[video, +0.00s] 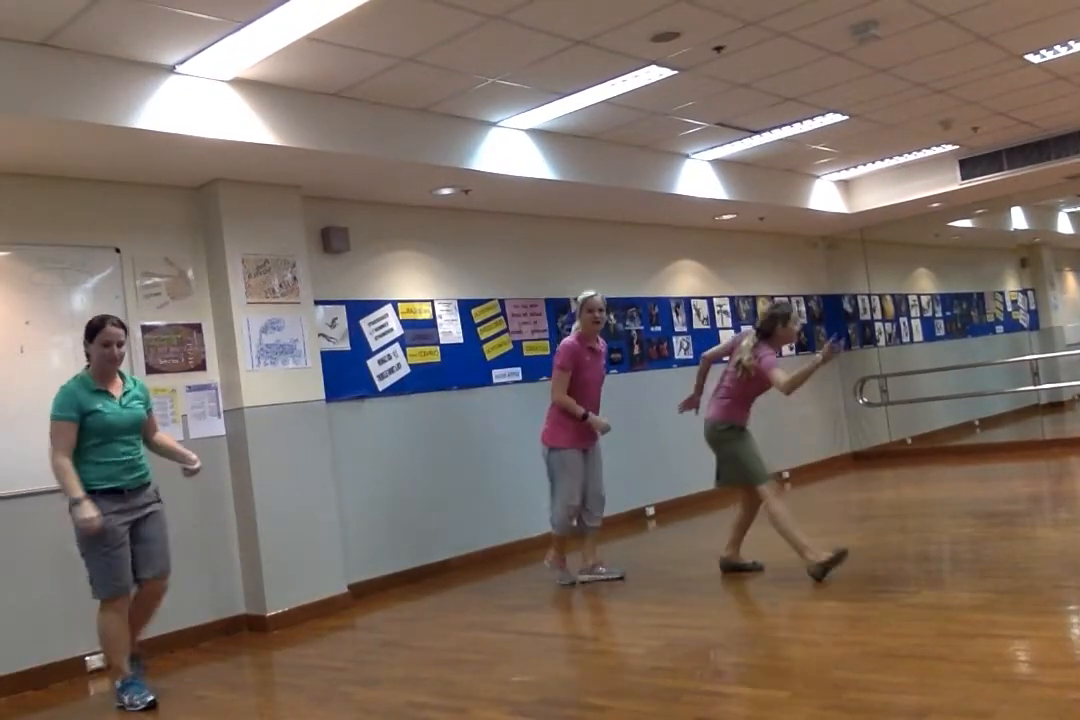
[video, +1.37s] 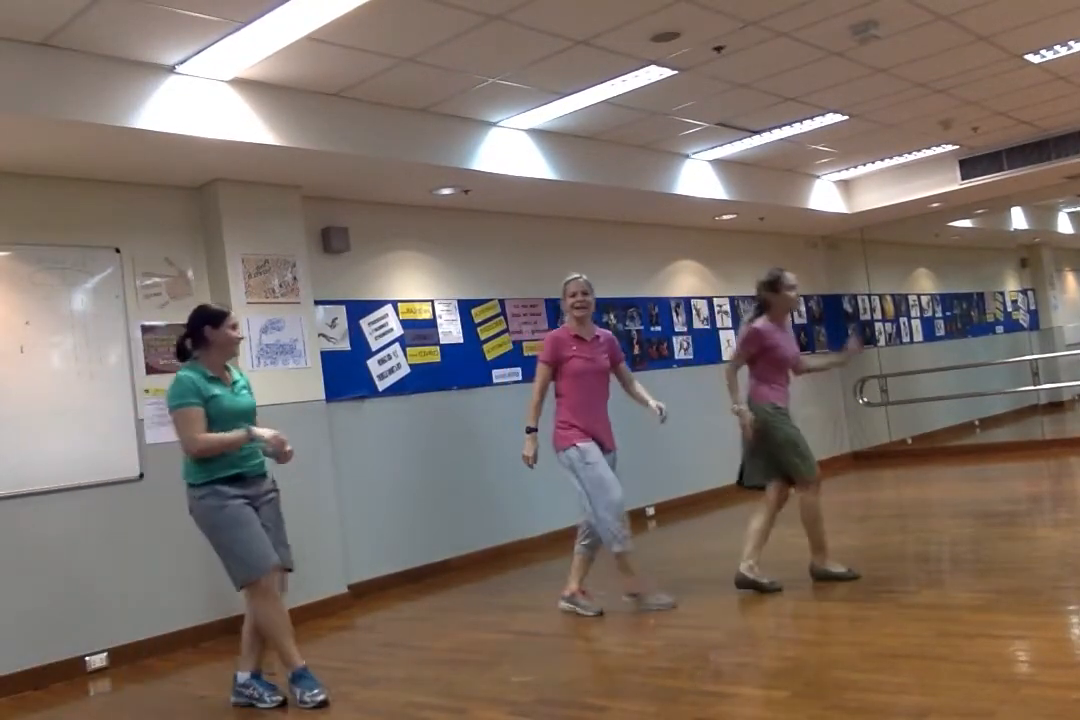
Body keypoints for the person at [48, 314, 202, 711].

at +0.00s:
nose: (115, 352)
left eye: (120, 345)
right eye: (106, 345)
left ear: (127, 348)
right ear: (89, 347)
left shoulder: (137, 388)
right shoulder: (72, 395)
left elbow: (152, 435)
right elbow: (60, 456)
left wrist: (183, 454)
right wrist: (81, 501)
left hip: (144, 497)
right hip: (100, 505)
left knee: (156, 582)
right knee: (116, 596)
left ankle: (126, 645)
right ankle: (122, 682)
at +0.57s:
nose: (135, 352)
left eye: (140, 345)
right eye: (127, 345)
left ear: (145, 348)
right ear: (108, 350)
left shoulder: (156, 393)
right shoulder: (91, 395)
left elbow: (171, 445)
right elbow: (76, 453)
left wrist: (193, 487)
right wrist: (110, 467)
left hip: (162, 500)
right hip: (115, 508)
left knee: (190, 577)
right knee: (130, 594)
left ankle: (165, 650)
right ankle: (129, 679)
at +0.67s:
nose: (148, 347)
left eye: (152, 341)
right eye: (138, 341)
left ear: (156, 345)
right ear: (117, 345)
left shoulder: (163, 386)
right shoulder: (99, 390)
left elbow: (179, 441)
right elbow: (86, 448)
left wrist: (209, 480)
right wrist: (122, 441)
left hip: (171, 495)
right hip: (123, 504)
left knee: (202, 575)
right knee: (130, 595)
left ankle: (216, 669)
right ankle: (129, 680)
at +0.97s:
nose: (199, 344)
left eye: (199, 337)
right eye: (190, 338)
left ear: (195, 343)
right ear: (164, 343)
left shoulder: (206, 387)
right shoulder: (141, 390)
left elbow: (224, 441)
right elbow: (135, 452)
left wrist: (254, 484)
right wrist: (173, 436)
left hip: (222, 495)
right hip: (174, 503)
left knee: (239, 584)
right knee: (188, 598)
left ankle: (245, 679)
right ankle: (150, 657)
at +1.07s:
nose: (210, 339)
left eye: (208, 332)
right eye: (201, 332)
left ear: (191, 339)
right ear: (175, 340)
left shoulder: (216, 384)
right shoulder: (152, 388)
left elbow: (237, 436)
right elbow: (149, 451)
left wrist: (263, 473)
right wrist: (189, 436)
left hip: (235, 489)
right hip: (187, 496)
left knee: (249, 577)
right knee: (218, 579)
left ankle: (245, 679)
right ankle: (192, 676)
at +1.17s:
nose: (220, 333)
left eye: (218, 326)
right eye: (211, 327)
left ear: (205, 334)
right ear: (186, 334)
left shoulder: (227, 377)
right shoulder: (162, 381)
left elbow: (245, 428)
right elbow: (161, 444)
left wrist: (269, 457)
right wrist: (207, 430)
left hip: (244, 484)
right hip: (198, 490)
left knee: (253, 577)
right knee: (237, 574)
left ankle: (250, 676)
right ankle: (253, 676)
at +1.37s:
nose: (240, 333)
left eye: (238, 327)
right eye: (232, 328)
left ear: (218, 334)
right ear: (208, 334)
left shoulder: (237, 375)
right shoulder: (186, 382)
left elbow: (243, 431)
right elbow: (195, 445)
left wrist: (272, 445)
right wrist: (252, 434)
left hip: (258, 485)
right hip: (215, 493)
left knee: (274, 578)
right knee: (262, 575)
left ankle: (247, 678)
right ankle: (299, 672)